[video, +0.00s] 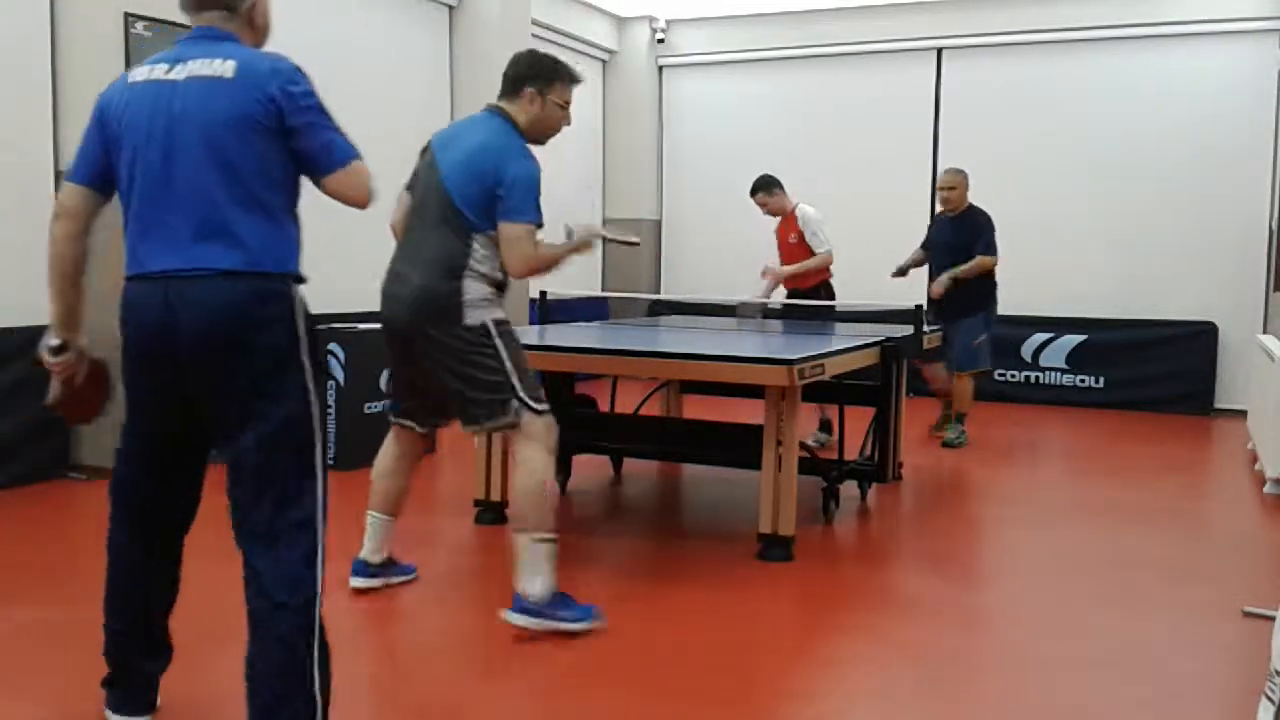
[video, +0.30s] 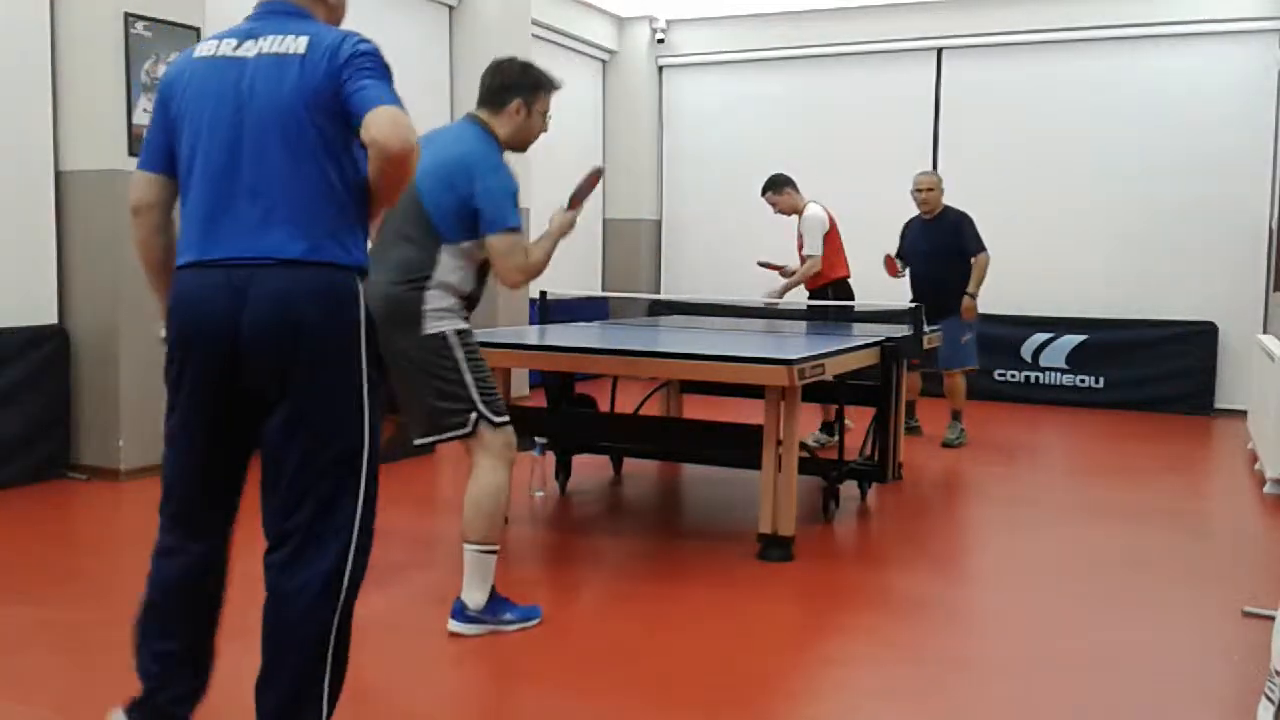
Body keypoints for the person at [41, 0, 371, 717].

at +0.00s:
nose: (272, 19)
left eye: (269, 11)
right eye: (269, 11)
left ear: (189, 13)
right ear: (252, 11)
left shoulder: (123, 90)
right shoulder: (272, 75)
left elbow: (70, 217)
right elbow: (358, 187)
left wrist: (64, 337)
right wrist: (291, 134)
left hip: (152, 316)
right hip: (254, 313)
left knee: (147, 507)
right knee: (277, 523)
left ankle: (129, 697)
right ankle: (288, 708)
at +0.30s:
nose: (346, 13)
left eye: (343, 7)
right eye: (344, 6)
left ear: (266, 1)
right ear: (325, 1)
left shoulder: (185, 65)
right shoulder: (342, 47)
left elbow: (146, 201)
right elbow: (395, 141)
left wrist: (175, 305)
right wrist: (371, 212)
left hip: (205, 299)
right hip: (315, 299)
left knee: (190, 518)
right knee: (316, 527)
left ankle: (162, 702)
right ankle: (294, 707)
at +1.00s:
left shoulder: (182, 56)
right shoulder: (358, 18)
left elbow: (136, 209)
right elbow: (400, 97)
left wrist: (118, 347)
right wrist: (381, 250)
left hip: (221, 313)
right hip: (350, 300)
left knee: (230, 558)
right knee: (380, 549)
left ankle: (230, 710)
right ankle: (381, 706)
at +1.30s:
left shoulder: (246, 46)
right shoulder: (444, 29)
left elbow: (184, 203)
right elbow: (518, 120)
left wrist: (162, 357)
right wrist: (483, 272)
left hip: (293, 341)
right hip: (426, 332)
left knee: (266, 598)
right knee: (464, 601)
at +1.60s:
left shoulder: (337, 33)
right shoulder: (542, 22)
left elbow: (286, 196)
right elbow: (617, 181)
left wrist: (280, 336)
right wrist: (582, 251)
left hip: (363, 323)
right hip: (502, 323)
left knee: (351, 584)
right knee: (520, 592)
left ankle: (331, 713)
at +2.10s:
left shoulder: (348, 57)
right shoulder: (536, 24)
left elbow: (309, 215)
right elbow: (591, 169)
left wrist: (374, 302)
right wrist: (564, 244)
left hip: (395, 329)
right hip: (526, 321)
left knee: (401, 591)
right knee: (601, 578)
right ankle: (609, 706)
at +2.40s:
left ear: (500, 2)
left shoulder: (441, 74)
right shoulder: (636, 50)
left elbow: (399, 234)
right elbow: (707, 183)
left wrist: (463, 293)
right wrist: (645, 250)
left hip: (482, 340)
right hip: (612, 337)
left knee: (445, 598)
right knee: (665, 591)